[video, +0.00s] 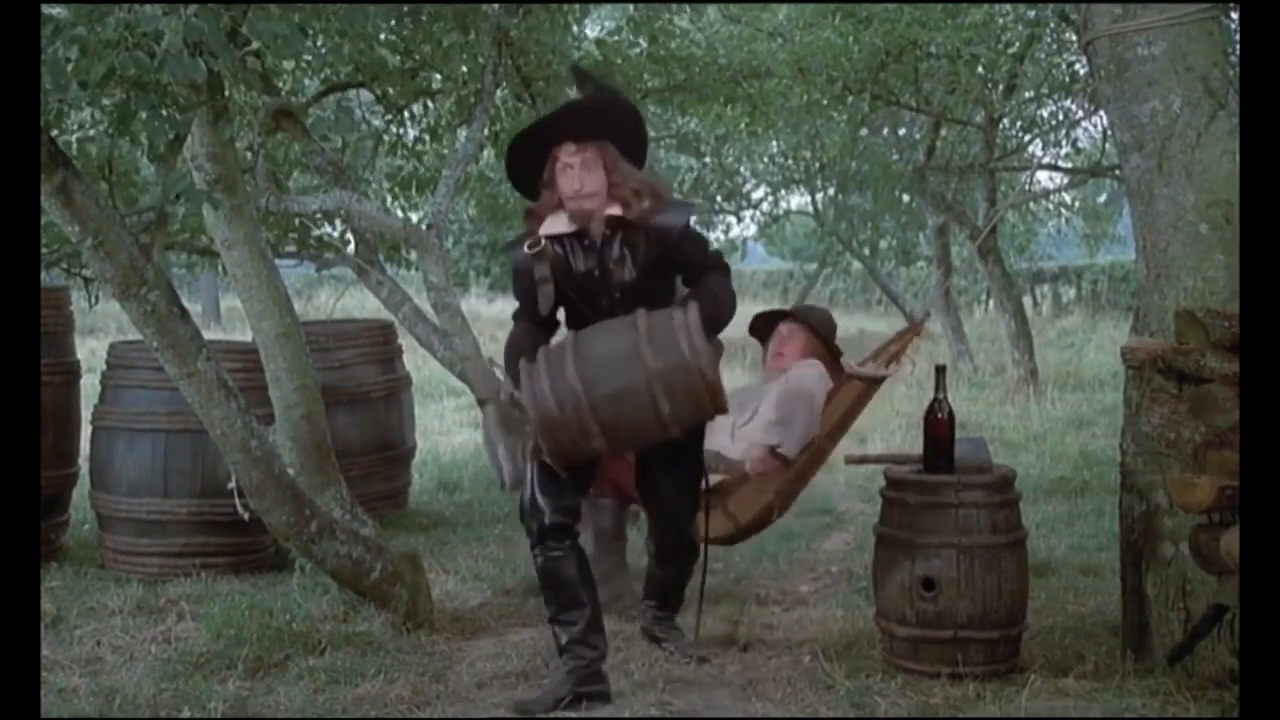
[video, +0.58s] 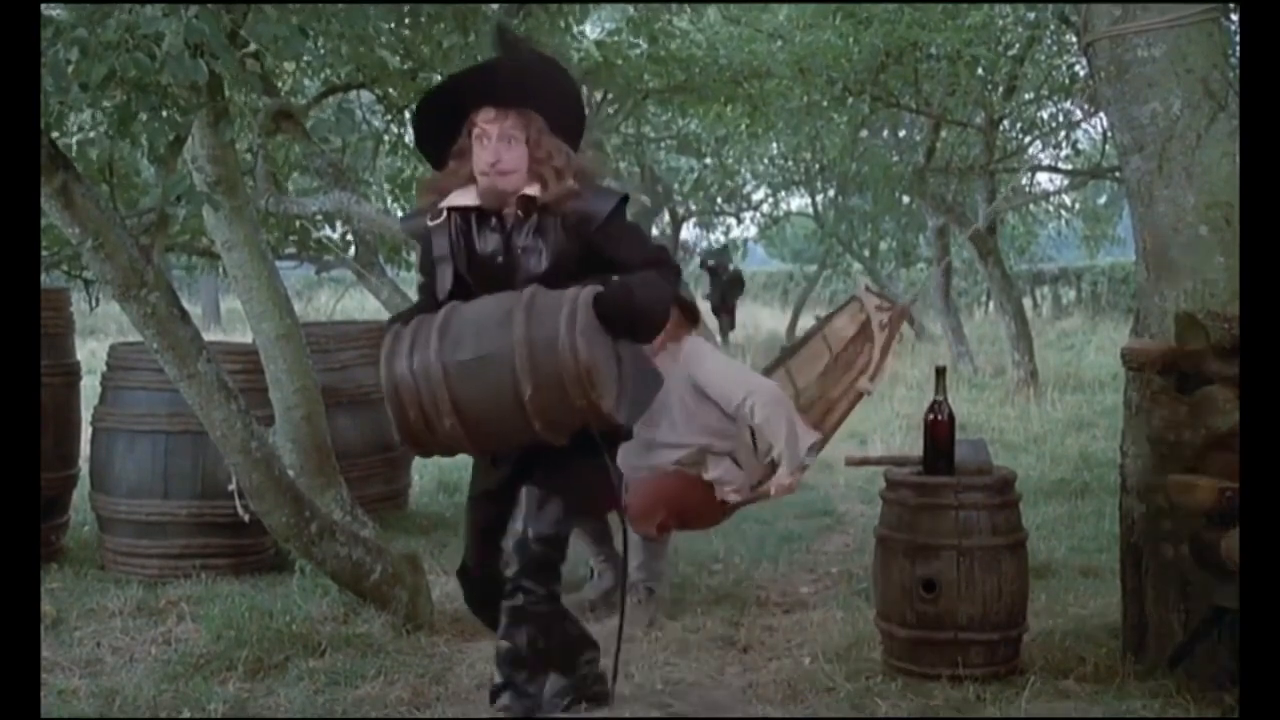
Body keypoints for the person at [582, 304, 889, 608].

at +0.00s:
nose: (778, 342)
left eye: (791, 335)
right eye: (775, 336)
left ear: (815, 347)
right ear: (766, 348)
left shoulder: (811, 372)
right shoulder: (755, 392)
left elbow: (800, 406)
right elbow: (716, 425)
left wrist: (780, 451)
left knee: (608, 466)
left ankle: (606, 571)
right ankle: (605, 571)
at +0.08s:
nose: (764, 334)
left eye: (777, 328)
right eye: (760, 327)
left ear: (800, 343)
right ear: (750, 339)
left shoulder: (796, 374)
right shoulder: (727, 395)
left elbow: (816, 410)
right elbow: (699, 441)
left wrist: (772, 455)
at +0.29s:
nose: (719, 325)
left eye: (732, 319)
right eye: (713, 317)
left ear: (752, 334)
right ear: (701, 329)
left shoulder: (759, 369)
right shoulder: (698, 372)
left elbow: (808, 398)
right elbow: (676, 422)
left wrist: (786, 464)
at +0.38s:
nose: (693, 325)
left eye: (705, 317)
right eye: (685, 317)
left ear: (727, 331)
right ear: (674, 331)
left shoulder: (736, 365)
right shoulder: (681, 384)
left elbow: (799, 395)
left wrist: (790, 464)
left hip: (723, 485)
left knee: (639, 495)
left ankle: (641, 600)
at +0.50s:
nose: (652, 337)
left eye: (661, 324)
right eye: (647, 329)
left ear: (690, 321)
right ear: (640, 334)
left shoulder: (710, 364)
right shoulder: (674, 375)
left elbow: (776, 397)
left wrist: (793, 465)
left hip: (723, 492)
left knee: (653, 497)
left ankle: (643, 594)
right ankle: (609, 569)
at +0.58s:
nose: (652, 332)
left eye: (663, 321)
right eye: (648, 321)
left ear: (682, 325)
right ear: (637, 324)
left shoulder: (693, 356)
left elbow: (764, 395)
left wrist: (790, 466)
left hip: (711, 482)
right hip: (638, 471)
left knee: (646, 497)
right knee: (575, 476)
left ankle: (644, 584)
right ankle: (606, 572)